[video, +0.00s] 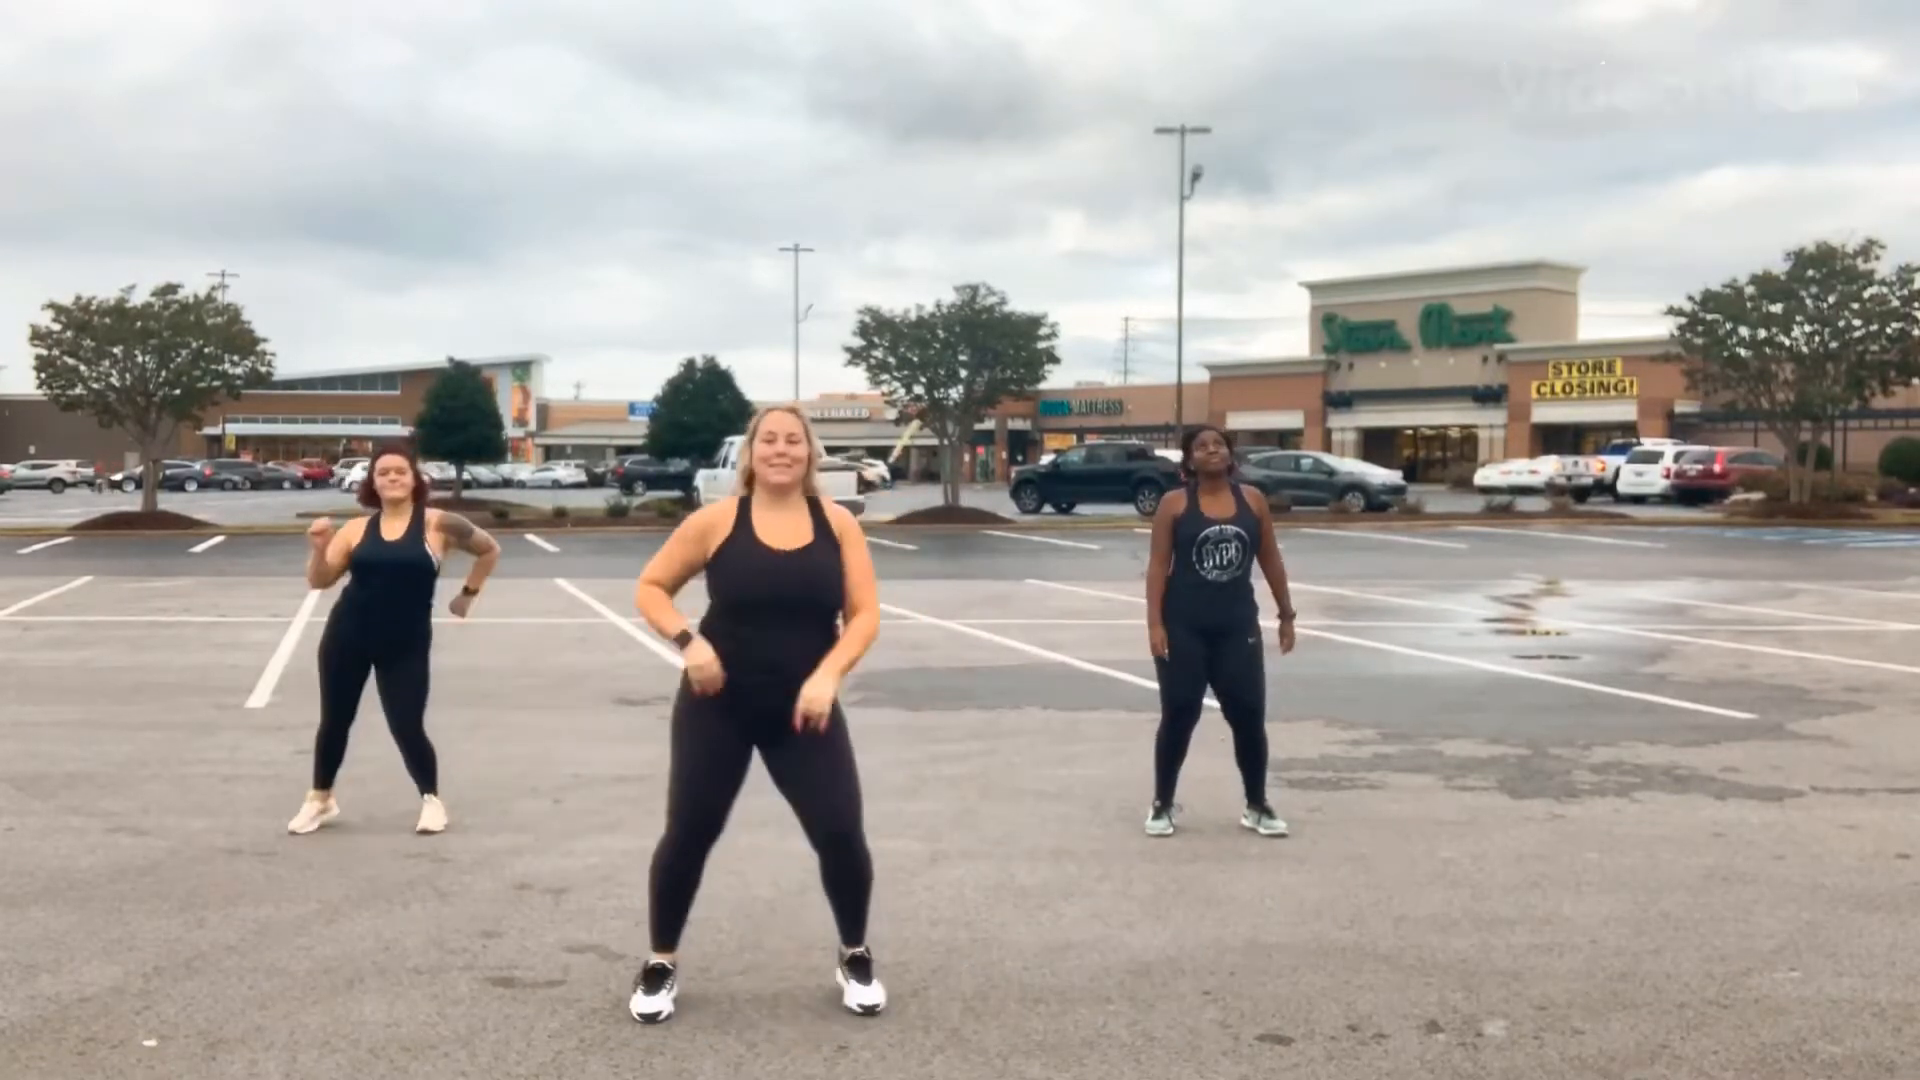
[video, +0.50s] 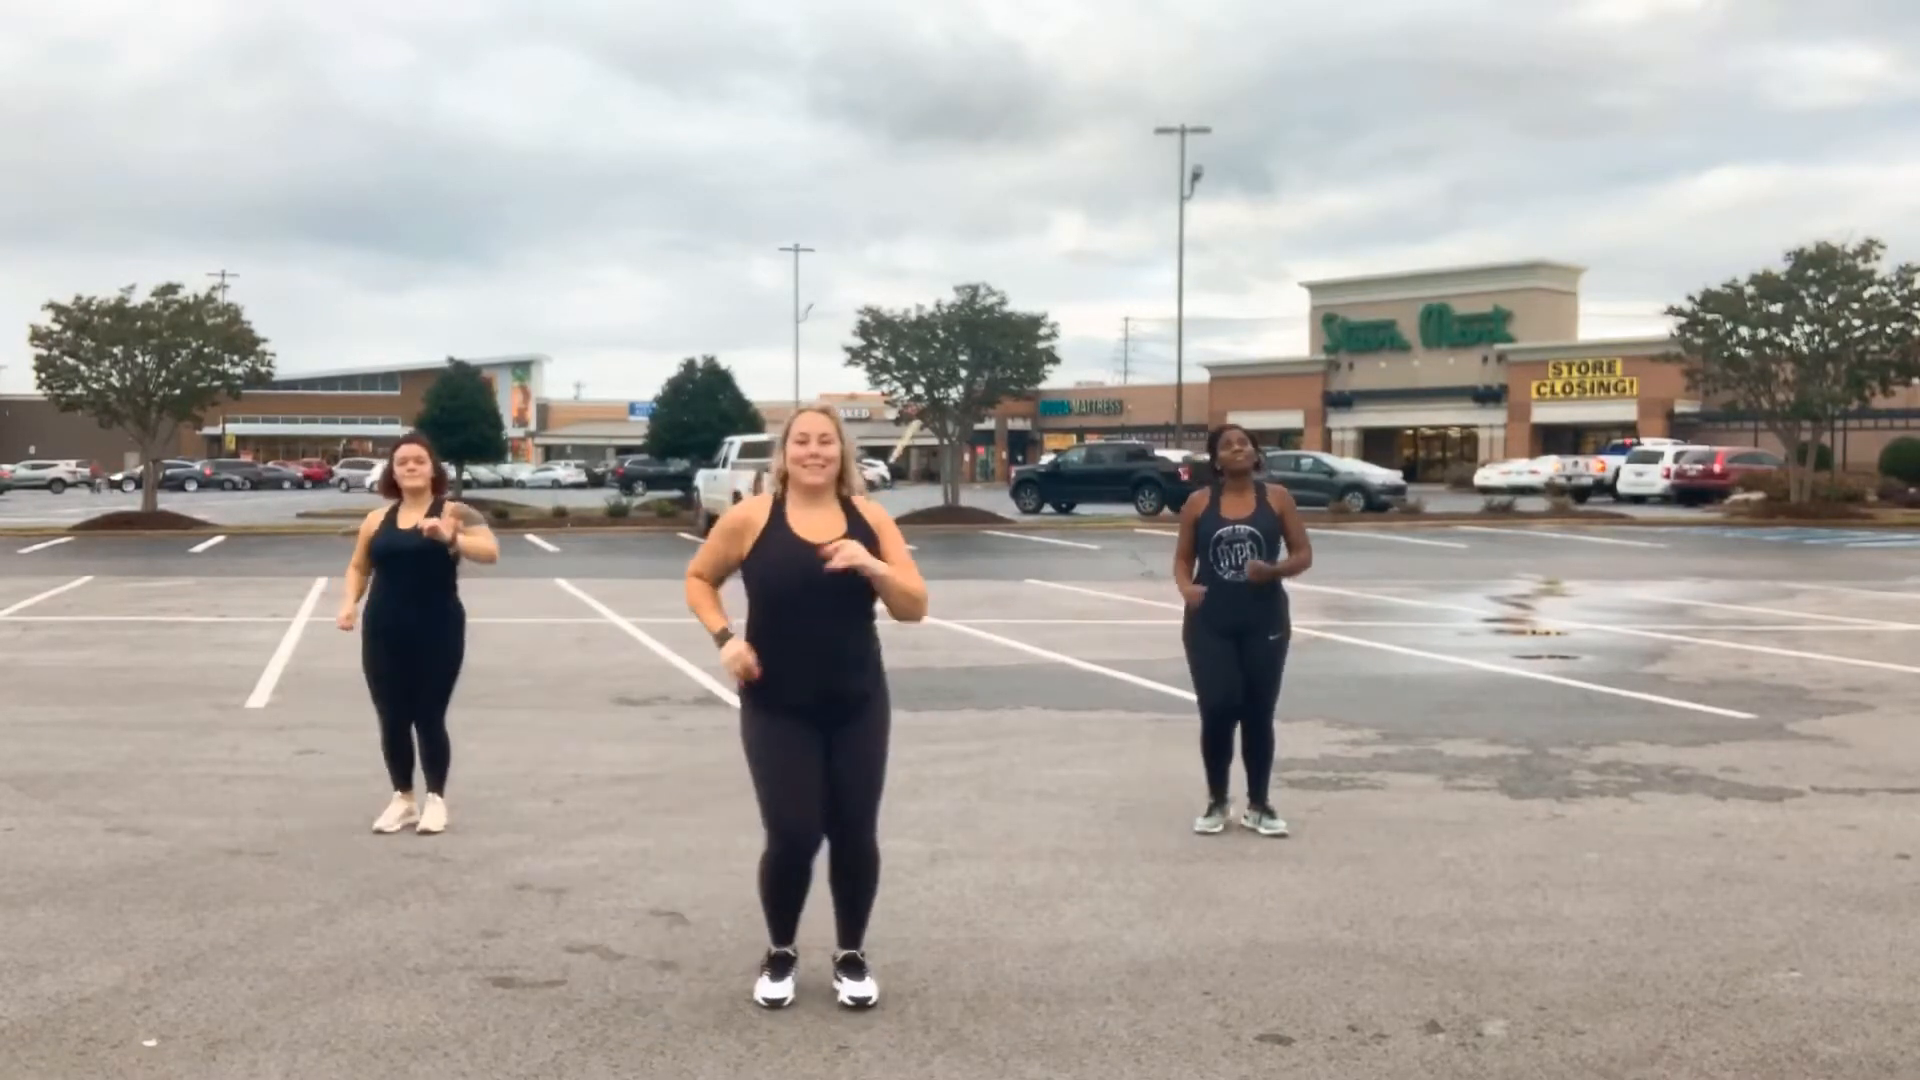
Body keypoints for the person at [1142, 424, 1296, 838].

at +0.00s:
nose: (1213, 452)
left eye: (1219, 446)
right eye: (1203, 447)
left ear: (1230, 455)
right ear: (1189, 460)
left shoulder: (1251, 499)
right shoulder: (1174, 502)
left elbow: (1270, 558)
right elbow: (1159, 566)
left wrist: (1285, 611)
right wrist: (1155, 624)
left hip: (1237, 628)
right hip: (1183, 629)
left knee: (1250, 719)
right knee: (1179, 716)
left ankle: (1258, 806)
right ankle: (1162, 806)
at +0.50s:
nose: (1238, 451)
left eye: (1244, 444)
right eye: (1229, 447)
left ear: (1255, 453)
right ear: (1216, 459)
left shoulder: (1276, 496)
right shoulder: (1199, 503)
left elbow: (1303, 555)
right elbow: (1183, 561)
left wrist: (1273, 571)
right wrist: (1188, 588)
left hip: (1265, 623)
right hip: (1211, 623)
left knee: (1258, 715)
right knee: (1217, 713)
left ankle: (1258, 807)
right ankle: (1217, 803)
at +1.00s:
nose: (1243, 454)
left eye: (1250, 447)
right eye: (1235, 448)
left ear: (1262, 457)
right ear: (1222, 459)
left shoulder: (1280, 502)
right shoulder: (1203, 505)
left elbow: (1322, 548)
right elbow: (1184, 565)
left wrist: (1292, 570)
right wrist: (1214, 564)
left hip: (1276, 626)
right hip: (1221, 628)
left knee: (1287, 713)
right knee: (1217, 716)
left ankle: (1336, 797)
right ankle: (1218, 804)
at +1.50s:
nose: (1248, 458)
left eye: (1255, 451)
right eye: (1239, 451)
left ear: (1266, 458)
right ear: (1225, 459)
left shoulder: (1279, 501)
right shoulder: (1206, 501)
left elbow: (1295, 567)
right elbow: (1170, 558)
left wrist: (1285, 539)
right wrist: (1210, 540)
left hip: (1265, 623)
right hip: (1210, 624)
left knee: (1291, 713)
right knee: (1212, 715)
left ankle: (1329, 801)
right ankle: (1195, 803)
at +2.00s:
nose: (1224, 473)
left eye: (1232, 466)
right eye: (1217, 466)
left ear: (1247, 467)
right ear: (1206, 468)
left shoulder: (1263, 500)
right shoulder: (1191, 500)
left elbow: (1287, 564)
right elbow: (1179, 557)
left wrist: (1272, 537)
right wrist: (1208, 507)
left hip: (1245, 618)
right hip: (1191, 617)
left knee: (1255, 711)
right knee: (1187, 699)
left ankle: (1242, 804)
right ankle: (1169, 786)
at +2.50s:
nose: (1178, 475)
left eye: (1186, 468)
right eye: (1171, 468)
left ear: (1202, 468)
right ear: (1161, 470)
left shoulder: (1219, 503)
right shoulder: (1148, 502)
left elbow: (1235, 568)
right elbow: (1136, 558)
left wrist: (1231, 549)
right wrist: (1166, 512)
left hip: (1199, 627)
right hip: (1144, 626)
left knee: (1228, 712)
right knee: (1142, 713)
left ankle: (1240, 803)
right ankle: (1123, 802)